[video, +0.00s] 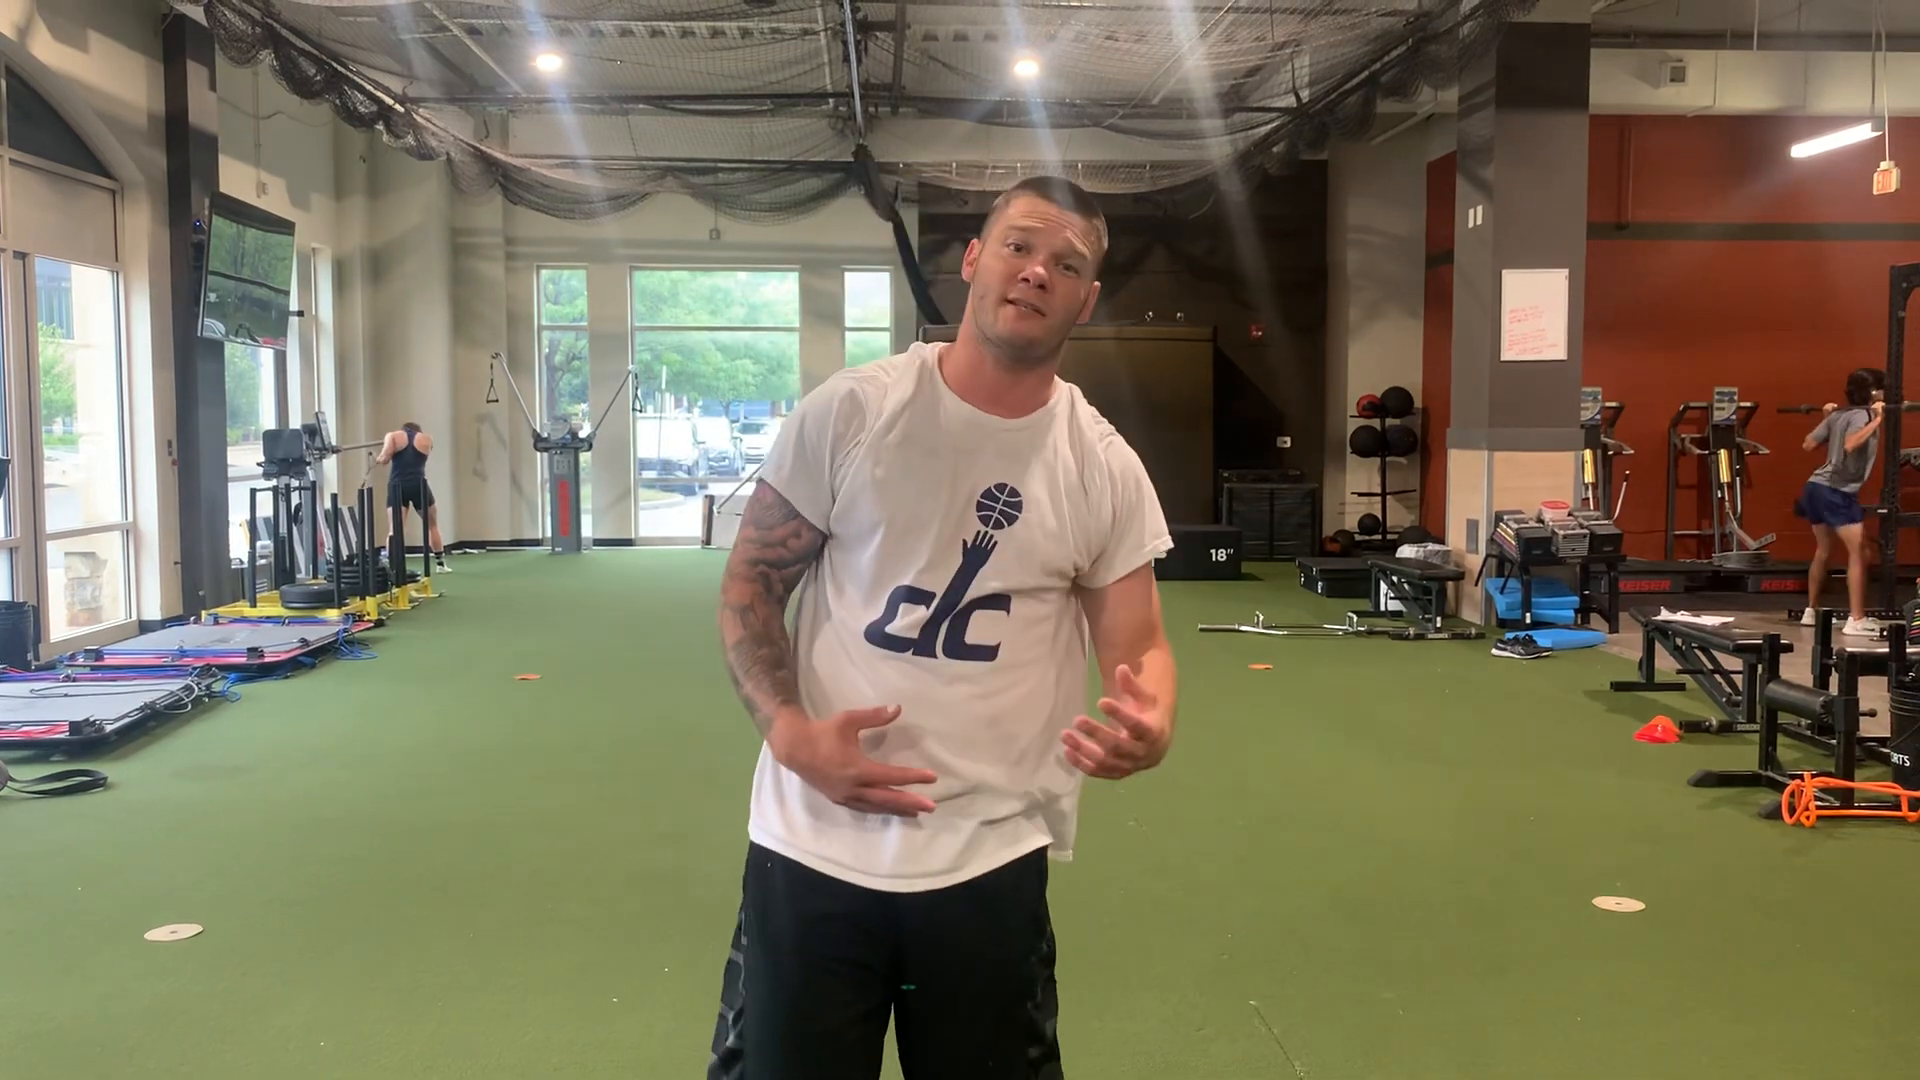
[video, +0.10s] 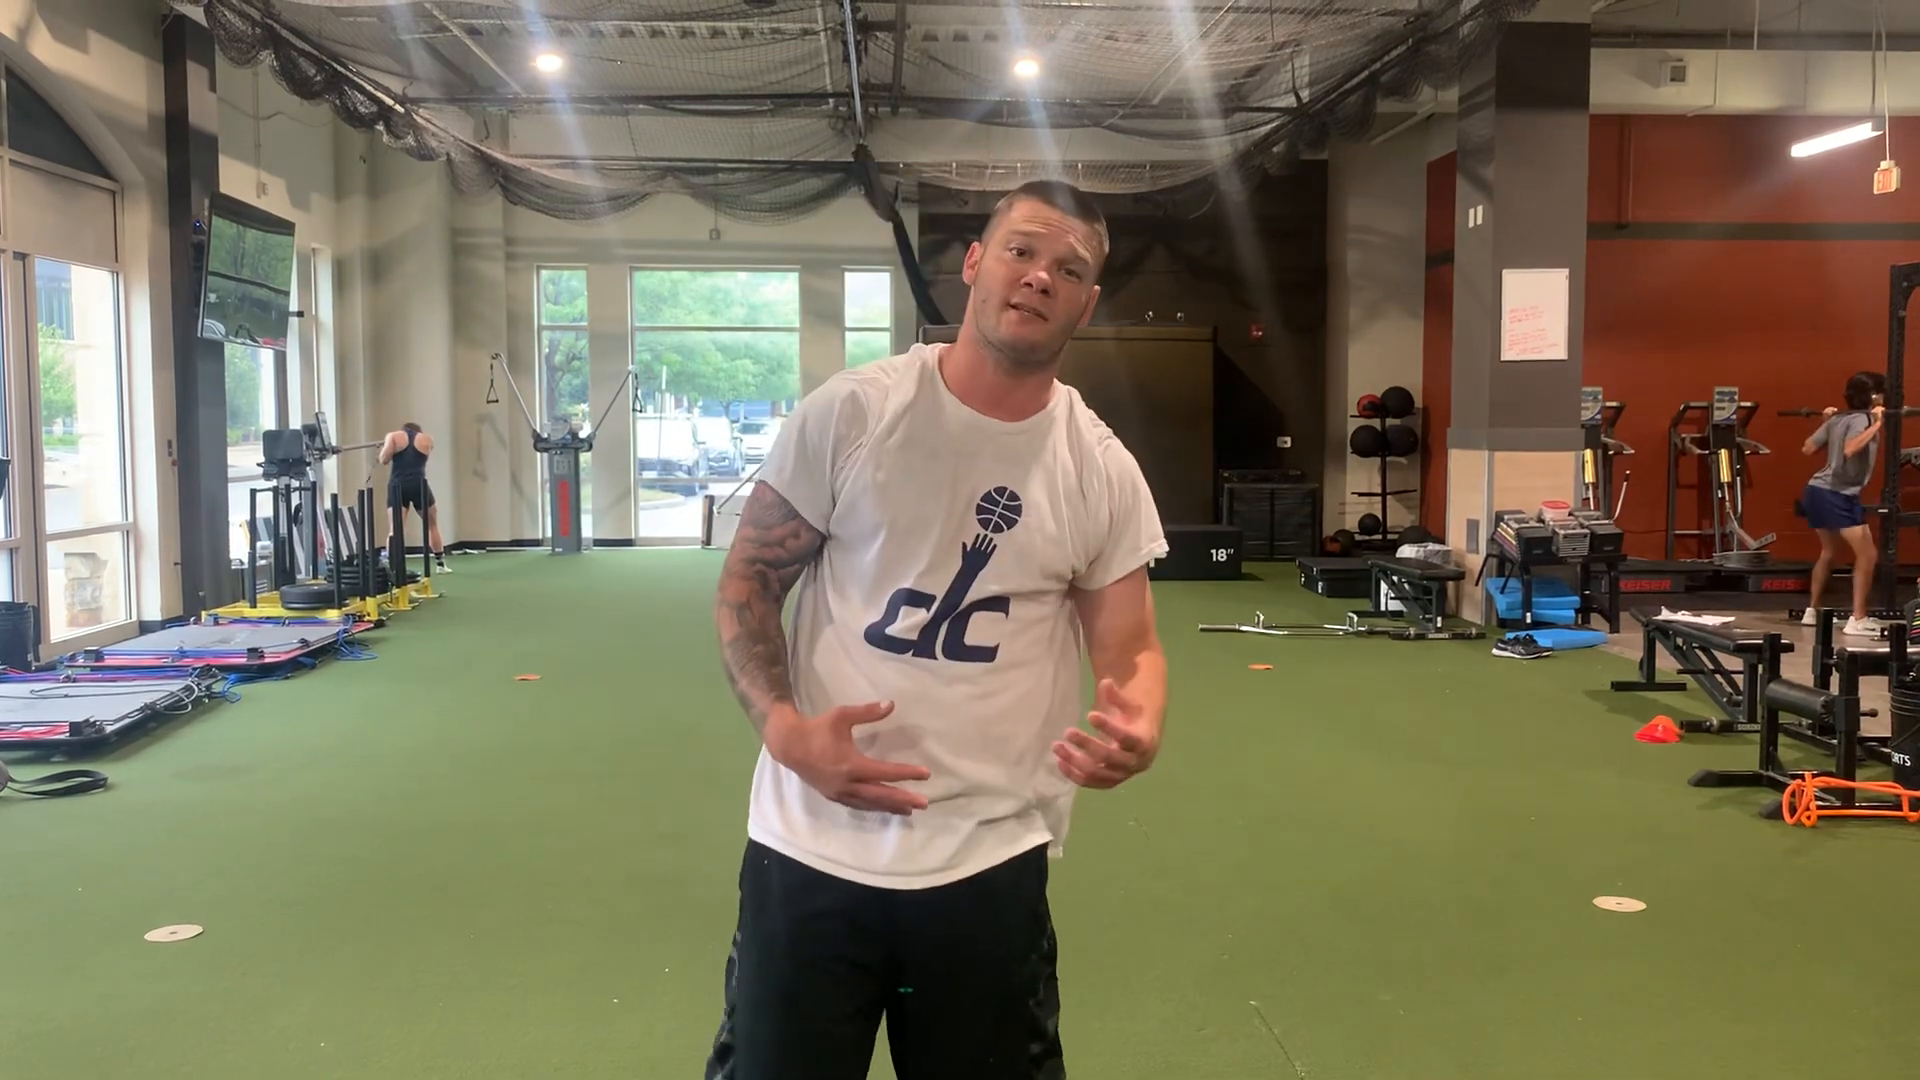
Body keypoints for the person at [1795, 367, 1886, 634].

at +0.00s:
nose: (1883, 396)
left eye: (1883, 391)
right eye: (1881, 391)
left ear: (1852, 393)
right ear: (1870, 393)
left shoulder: (1837, 416)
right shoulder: (1862, 416)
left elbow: (1808, 444)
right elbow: (1850, 444)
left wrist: (1826, 416)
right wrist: (1877, 419)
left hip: (1815, 488)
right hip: (1837, 493)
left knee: (1822, 550)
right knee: (1857, 551)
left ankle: (1810, 610)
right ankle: (1857, 619)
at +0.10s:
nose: (1882, 400)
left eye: (1883, 396)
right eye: (1880, 395)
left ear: (1851, 396)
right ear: (1870, 397)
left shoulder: (1836, 421)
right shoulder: (1861, 420)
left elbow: (1808, 448)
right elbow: (1850, 449)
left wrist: (1825, 420)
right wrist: (1877, 424)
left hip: (1815, 492)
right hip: (1838, 497)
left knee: (1828, 551)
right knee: (1867, 554)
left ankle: (1812, 610)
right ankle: (1858, 619)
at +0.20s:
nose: (1881, 413)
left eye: (1881, 409)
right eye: (1879, 409)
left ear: (1850, 410)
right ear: (1871, 411)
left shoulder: (1837, 433)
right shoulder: (1861, 433)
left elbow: (1807, 460)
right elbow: (1848, 461)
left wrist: (1826, 433)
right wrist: (1877, 437)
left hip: (1814, 504)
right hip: (1838, 509)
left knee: (1837, 556)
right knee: (1881, 557)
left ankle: (1813, 611)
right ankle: (1859, 620)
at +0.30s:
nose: (1882, 430)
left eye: (1882, 426)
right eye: (1880, 425)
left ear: (1850, 425)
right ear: (1871, 428)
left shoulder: (1838, 448)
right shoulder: (1861, 449)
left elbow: (1807, 475)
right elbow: (1847, 477)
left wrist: (1826, 450)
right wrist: (1876, 455)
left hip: (1813, 516)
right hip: (1837, 522)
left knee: (1841, 560)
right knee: (1890, 561)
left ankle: (1814, 611)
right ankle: (1860, 619)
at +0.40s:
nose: (1884, 442)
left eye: (1884, 437)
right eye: (1882, 437)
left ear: (1853, 440)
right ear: (1873, 441)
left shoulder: (1839, 461)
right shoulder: (1862, 463)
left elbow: (1808, 489)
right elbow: (1848, 492)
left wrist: (1827, 464)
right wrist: (1877, 469)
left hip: (1811, 529)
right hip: (1834, 533)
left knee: (1847, 563)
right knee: (1896, 564)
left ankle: (1816, 611)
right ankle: (1862, 620)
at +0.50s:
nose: (1886, 453)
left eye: (1886, 449)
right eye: (1884, 449)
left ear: (1855, 451)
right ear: (1875, 452)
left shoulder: (1841, 472)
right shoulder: (1865, 474)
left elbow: (1810, 499)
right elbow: (1849, 503)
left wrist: (1830, 474)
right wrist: (1879, 479)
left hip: (1812, 539)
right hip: (1835, 542)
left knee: (1847, 568)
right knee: (1900, 566)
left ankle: (1818, 611)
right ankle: (1863, 620)